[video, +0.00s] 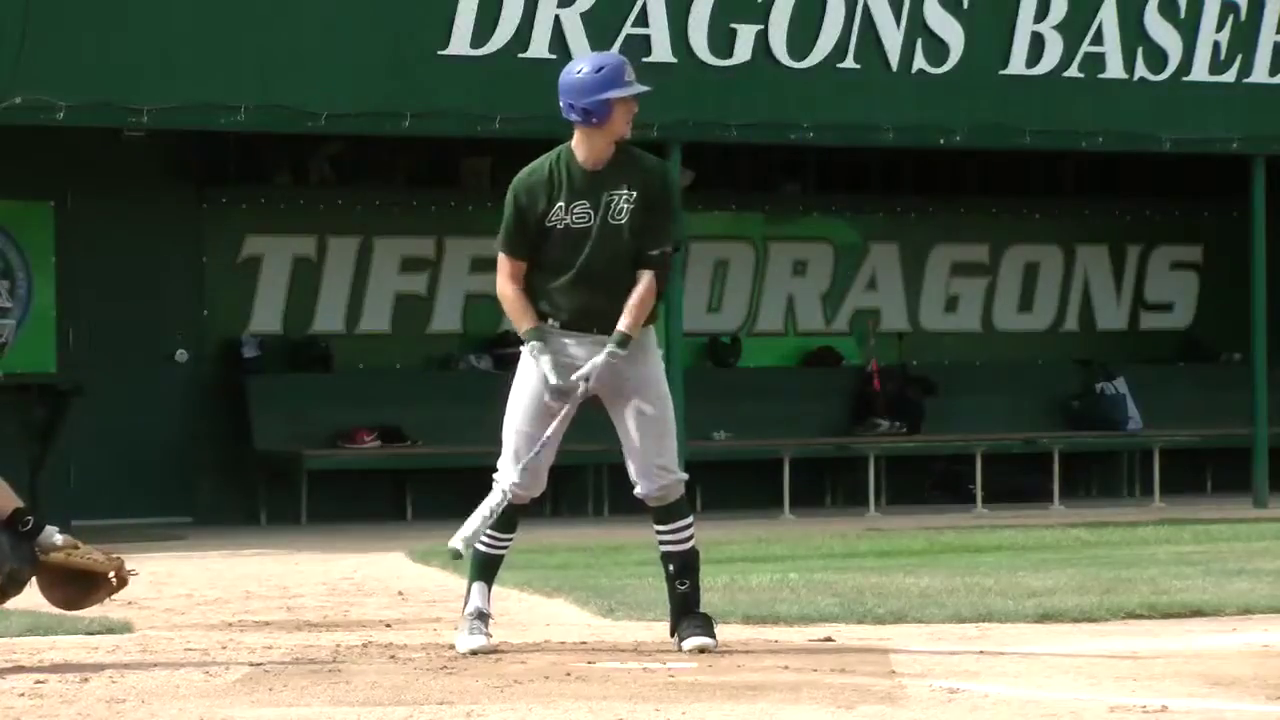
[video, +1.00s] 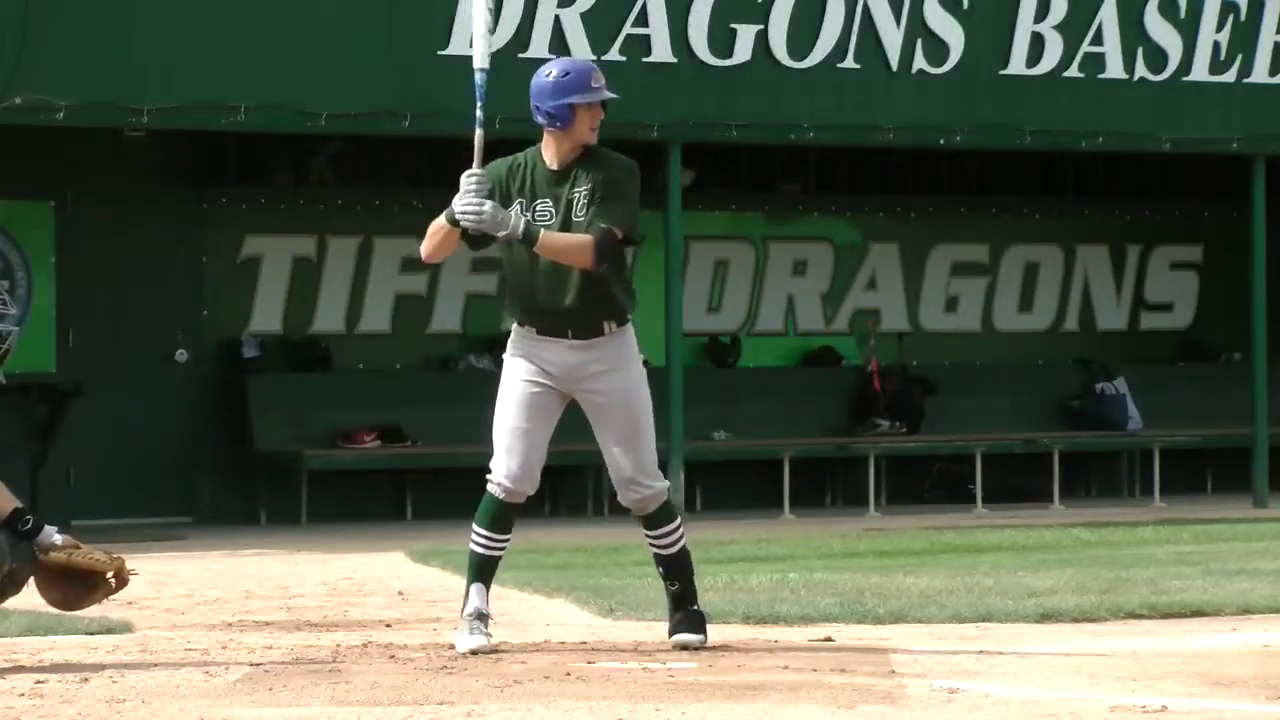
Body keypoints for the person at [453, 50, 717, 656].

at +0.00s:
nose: (634, 111)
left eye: (632, 101)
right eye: (623, 103)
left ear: (616, 108)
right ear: (590, 111)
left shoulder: (652, 179)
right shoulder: (532, 184)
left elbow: (651, 273)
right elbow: (507, 280)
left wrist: (617, 347)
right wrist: (538, 343)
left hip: (631, 343)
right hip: (551, 343)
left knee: (662, 481)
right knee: (516, 480)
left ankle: (688, 616)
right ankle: (476, 610)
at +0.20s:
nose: (627, 111)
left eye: (626, 102)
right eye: (617, 103)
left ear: (607, 110)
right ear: (583, 111)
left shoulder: (642, 174)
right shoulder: (525, 181)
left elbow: (640, 258)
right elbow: (507, 262)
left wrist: (574, 301)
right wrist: (508, 294)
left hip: (629, 348)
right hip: (549, 349)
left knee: (661, 479)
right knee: (516, 477)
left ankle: (688, 616)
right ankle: (476, 608)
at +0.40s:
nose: (606, 113)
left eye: (604, 104)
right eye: (596, 105)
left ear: (580, 112)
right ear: (562, 112)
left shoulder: (617, 170)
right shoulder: (500, 181)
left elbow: (609, 250)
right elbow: (461, 276)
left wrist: (528, 255)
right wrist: (469, 253)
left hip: (610, 348)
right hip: (531, 350)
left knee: (646, 479)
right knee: (505, 480)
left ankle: (688, 615)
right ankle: (474, 610)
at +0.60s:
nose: (582, 112)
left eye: (580, 103)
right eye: (572, 104)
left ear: (556, 111)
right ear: (538, 110)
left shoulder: (591, 169)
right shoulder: (479, 170)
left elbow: (579, 250)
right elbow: (413, 254)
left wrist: (500, 234)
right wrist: (439, 215)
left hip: (588, 345)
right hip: (510, 349)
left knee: (633, 474)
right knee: (491, 479)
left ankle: (686, 604)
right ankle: (472, 609)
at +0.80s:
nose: (578, 111)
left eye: (577, 101)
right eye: (568, 102)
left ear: (563, 109)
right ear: (533, 108)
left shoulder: (590, 169)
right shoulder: (480, 168)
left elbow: (571, 250)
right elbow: (406, 240)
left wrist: (491, 223)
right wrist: (434, 203)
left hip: (587, 345)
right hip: (510, 347)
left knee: (623, 477)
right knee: (492, 478)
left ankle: (681, 591)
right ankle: (472, 609)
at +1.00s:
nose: (599, 116)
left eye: (600, 106)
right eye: (589, 107)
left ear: (591, 112)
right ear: (554, 113)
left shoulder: (614, 173)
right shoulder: (503, 176)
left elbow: (600, 251)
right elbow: (431, 251)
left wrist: (517, 228)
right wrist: (458, 213)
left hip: (608, 350)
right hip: (531, 350)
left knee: (641, 485)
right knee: (509, 479)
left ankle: (685, 608)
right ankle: (474, 611)